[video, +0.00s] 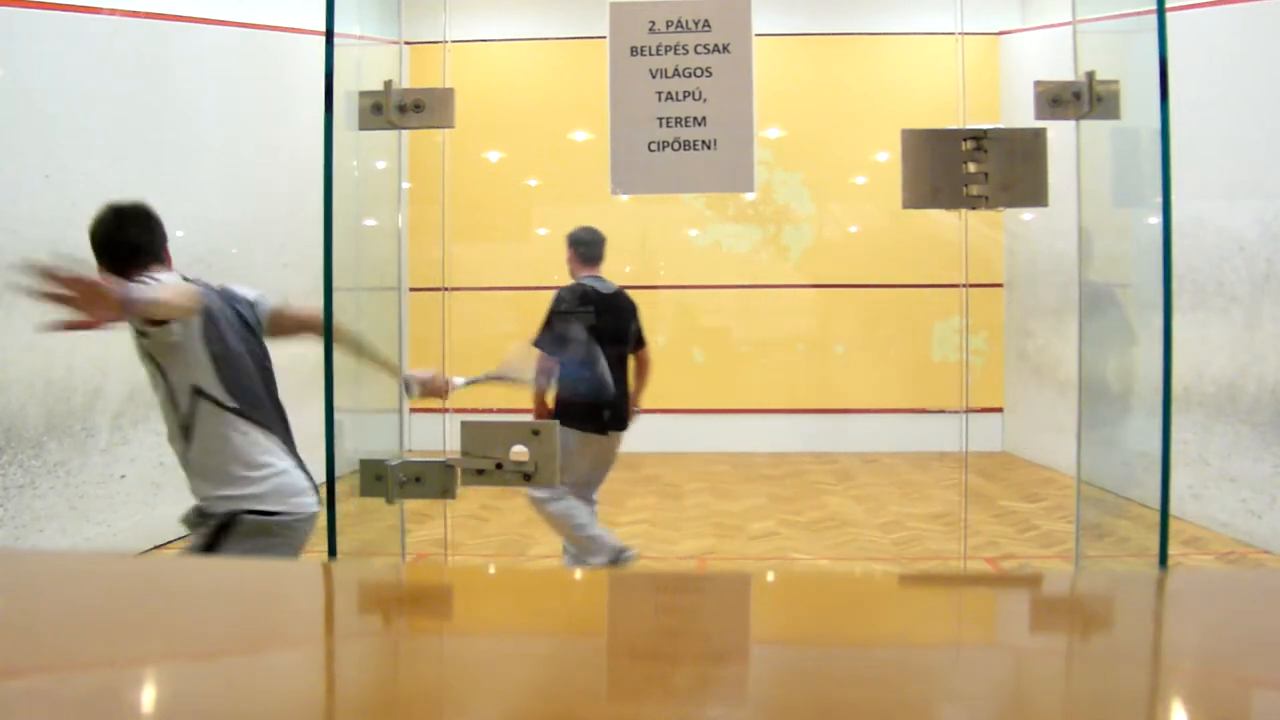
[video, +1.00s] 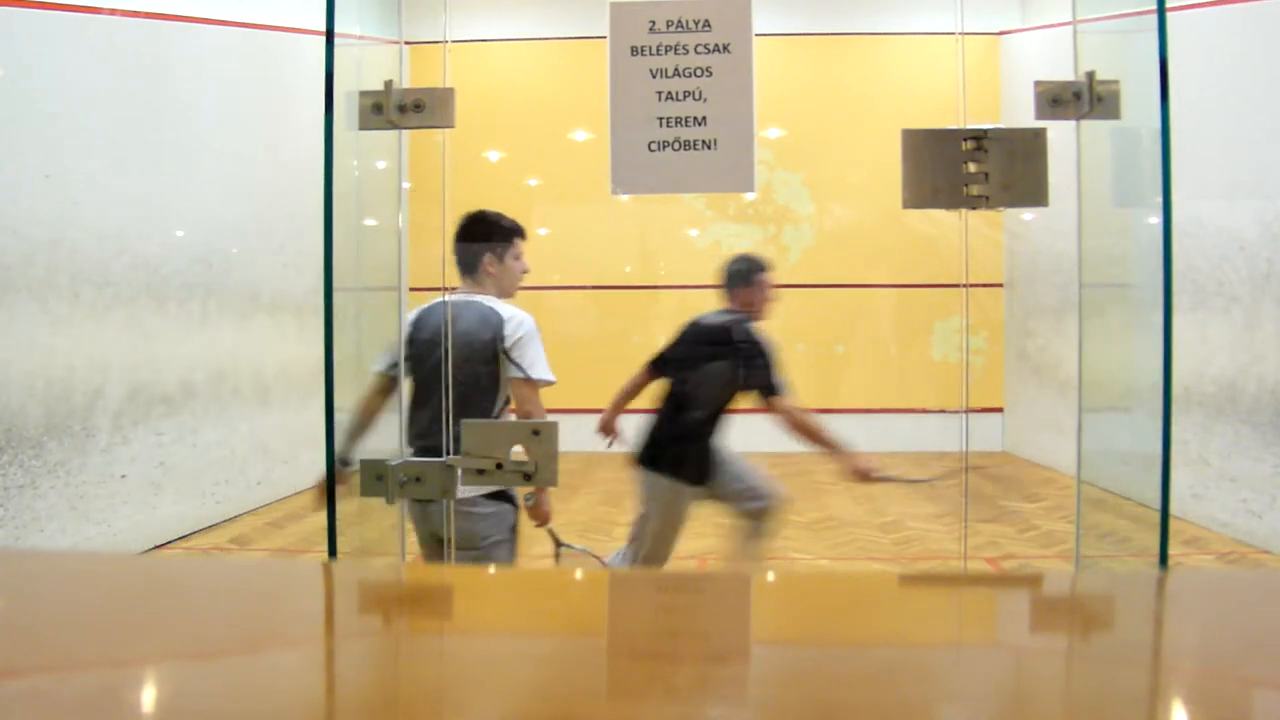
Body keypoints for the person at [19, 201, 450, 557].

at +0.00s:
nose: (119, 283)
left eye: (113, 273)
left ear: (107, 272)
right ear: (170, 247)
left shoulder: (166, 300)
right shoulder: (229, 298)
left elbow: (181, 299)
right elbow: (323, 321)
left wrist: (127, 302)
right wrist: (406, 375)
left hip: (254, 518)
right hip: (283, 510)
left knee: (186, 638)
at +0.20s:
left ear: (110, 275)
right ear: (178, 270)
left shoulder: (126, 306)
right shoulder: (238, 336)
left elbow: (184, 322)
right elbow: (304, 387)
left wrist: (70, 329)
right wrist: (353, 470)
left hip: (180, 561)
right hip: (270, 556)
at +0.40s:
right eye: (282, 264)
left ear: (228, 270)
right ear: (284, 276)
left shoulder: (223, 316)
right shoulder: (322, 350)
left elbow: (183, 326)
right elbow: (367, 419)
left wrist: (80, 334)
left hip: (229, 553)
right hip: (310, 556)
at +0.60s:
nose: (383, 245)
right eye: (405, 233)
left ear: (349, 234)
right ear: (406, 239)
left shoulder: (306, 293)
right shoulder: (431, 319)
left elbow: (264, 361)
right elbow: (465, 415)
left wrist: (204, 448)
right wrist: (461, 508)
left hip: (301, 514)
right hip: (390, 520)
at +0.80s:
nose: (480, 254)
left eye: (479, 242)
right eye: (476, 243)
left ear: (416, 246)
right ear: (456, 246)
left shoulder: (372, 299)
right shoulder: (480, 314)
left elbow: (320, 383)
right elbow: (504, 420)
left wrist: (286, 467)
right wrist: (505, 502)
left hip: (361, 486)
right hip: (433, 490)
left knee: (385, 606)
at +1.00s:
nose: (526, 268)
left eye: (523, 257)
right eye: (518, 257)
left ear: (473, 265)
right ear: (490, 264)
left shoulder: (420, 319)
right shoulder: (512, 322)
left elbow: (376, 396)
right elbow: (529, 413)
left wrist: (342, 459)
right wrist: (540, 488)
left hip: (423, 493)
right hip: (480, 497)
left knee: (440, 604)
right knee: (487, 612)